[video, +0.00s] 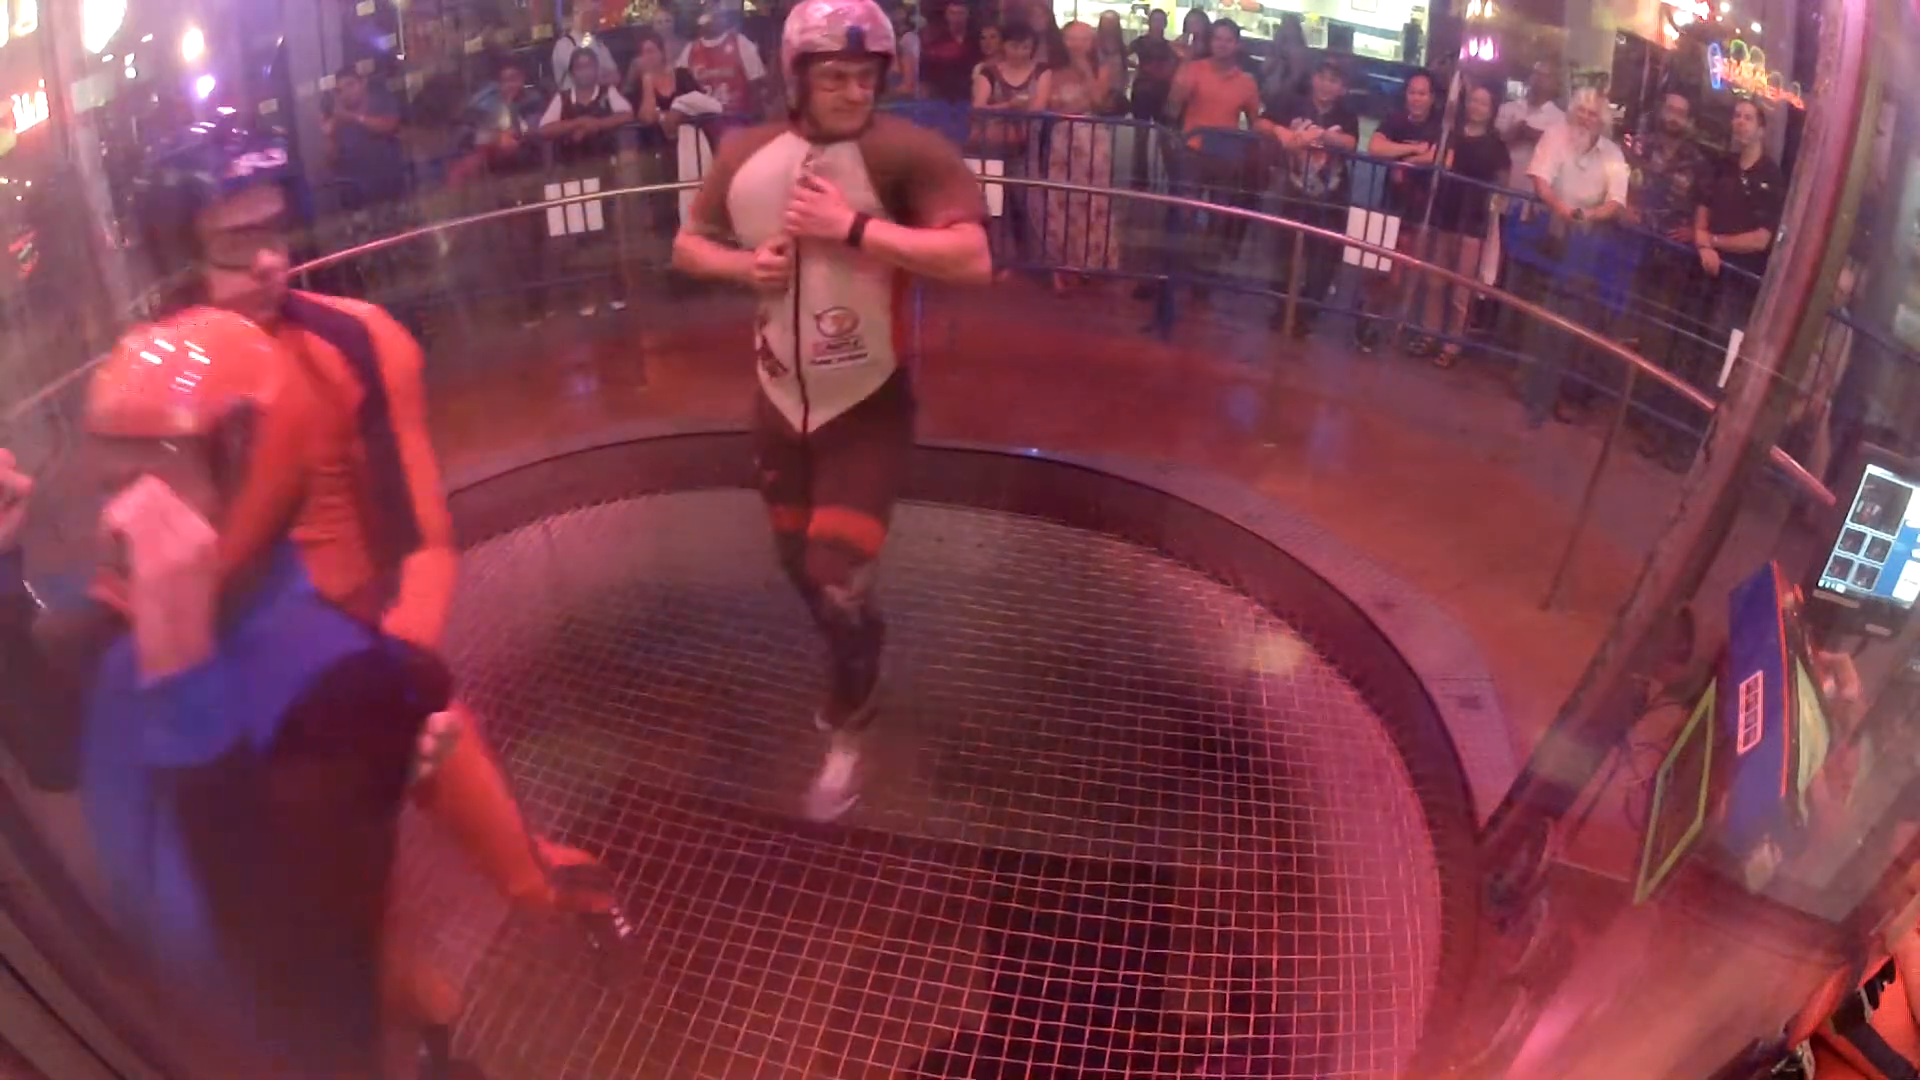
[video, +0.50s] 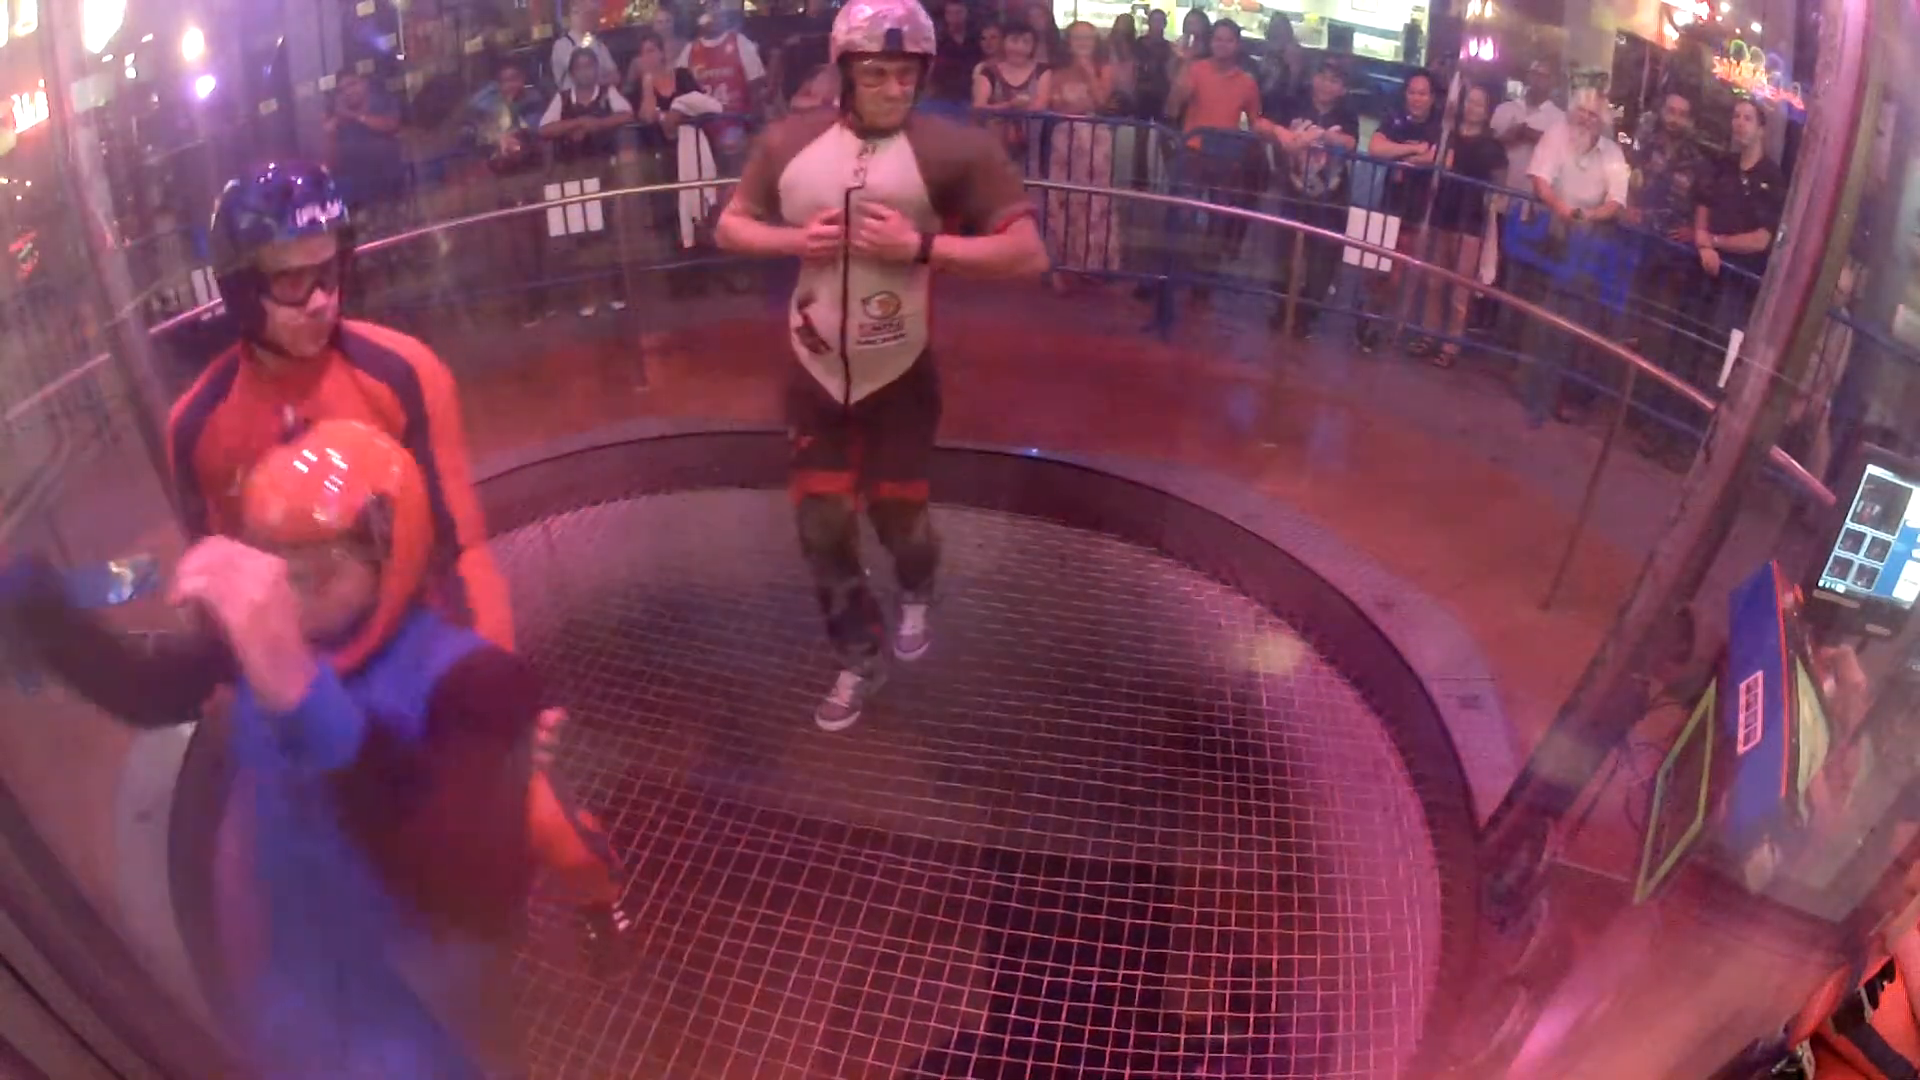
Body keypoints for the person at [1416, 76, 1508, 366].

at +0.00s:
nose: (1477, 107)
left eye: (1483, 103)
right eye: (1473, 101)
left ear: (1492, 110)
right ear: (1465, 104)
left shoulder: (1496, 146)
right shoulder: (1452, 138)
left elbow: (1502, 185)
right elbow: (1439, 169)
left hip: (1473, 219)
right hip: (1443, 213)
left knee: (1462, 286)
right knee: (1434, 280)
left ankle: (1452, 342)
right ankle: (1429, 333)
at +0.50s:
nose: (1472, 108)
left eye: (1478, 103)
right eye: (1468, 101)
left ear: (1488, 110)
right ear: (1461, 106)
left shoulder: (1492, 147)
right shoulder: (1449, 139)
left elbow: (1498, 184)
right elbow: (1436, 171)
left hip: (1472, 218)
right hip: (1442, 213)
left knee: (1461, 285)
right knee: (1434, 279)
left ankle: (1451, 342)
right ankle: (1428, 333)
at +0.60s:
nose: (1471, 108)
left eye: (1478, 104)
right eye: (1468, 102)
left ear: (1488, 111)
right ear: (1461, 105)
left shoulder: (1491, 148)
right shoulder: (1448, 140)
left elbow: (1497, 185)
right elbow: (1436, 171)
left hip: (1471, 219)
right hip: (1441, 214)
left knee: (1461, 284)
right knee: (1434, 278)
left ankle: (1452, 341)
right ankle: (1429, 333)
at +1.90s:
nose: (1477, 110)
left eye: (1483, 105)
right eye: (1472, 104)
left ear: (1491, 112)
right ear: (1463, 107)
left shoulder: (1496, 147)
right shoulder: (1451, 138)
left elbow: (1501, 181)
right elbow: (1440, 168)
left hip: (1474, 217)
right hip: (1444, 212)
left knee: (1463, 285)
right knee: (1435, 279)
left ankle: (1456, 341)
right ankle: (1429, 332)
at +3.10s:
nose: (1485, 113)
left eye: (1492, 109)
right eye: (1482, 106)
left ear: (1501, 116)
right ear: (1473, 109)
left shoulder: (1506, 150)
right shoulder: (1459, 139)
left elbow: (1510, 187)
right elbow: (1445, 168)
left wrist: (1500, 201)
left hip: (1481, 217)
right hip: (1451, 210)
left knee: (1469, 283)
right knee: (1440, 277)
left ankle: (1460, 339)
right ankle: (1432, 331)